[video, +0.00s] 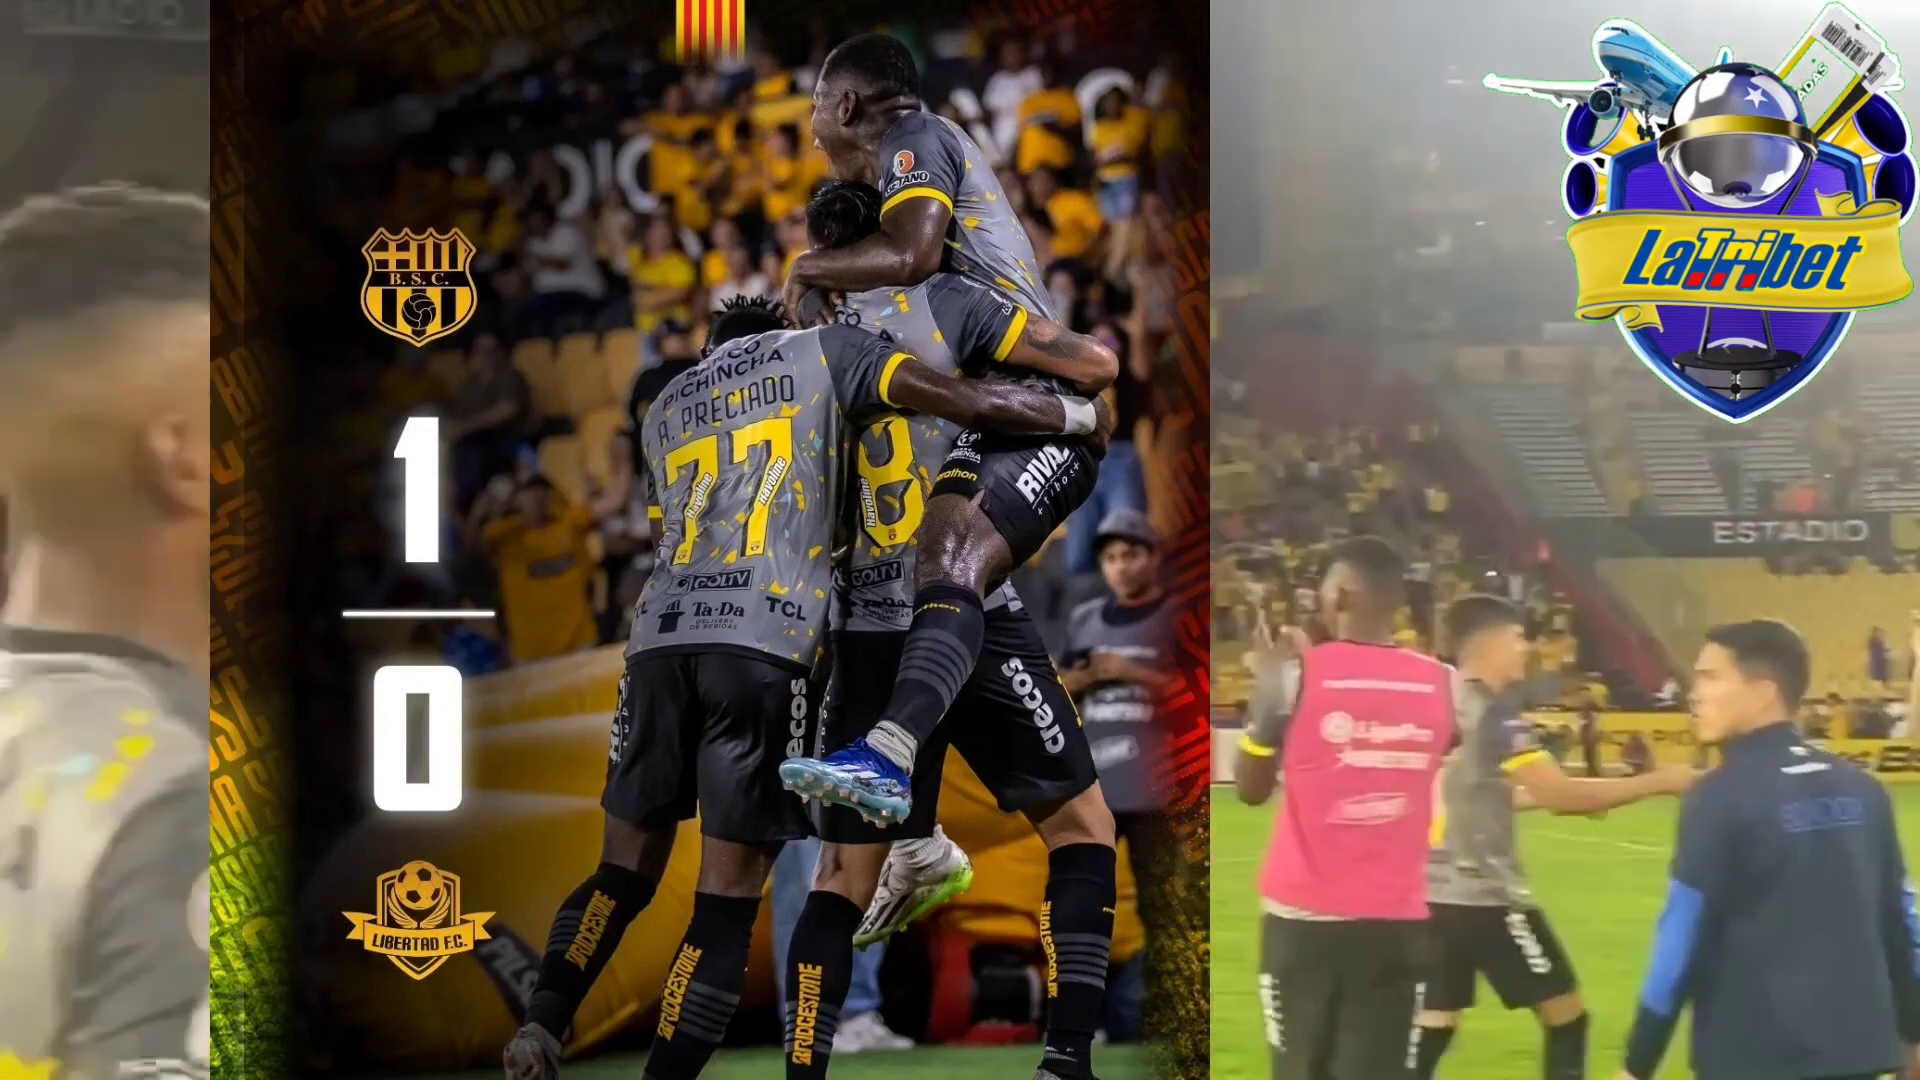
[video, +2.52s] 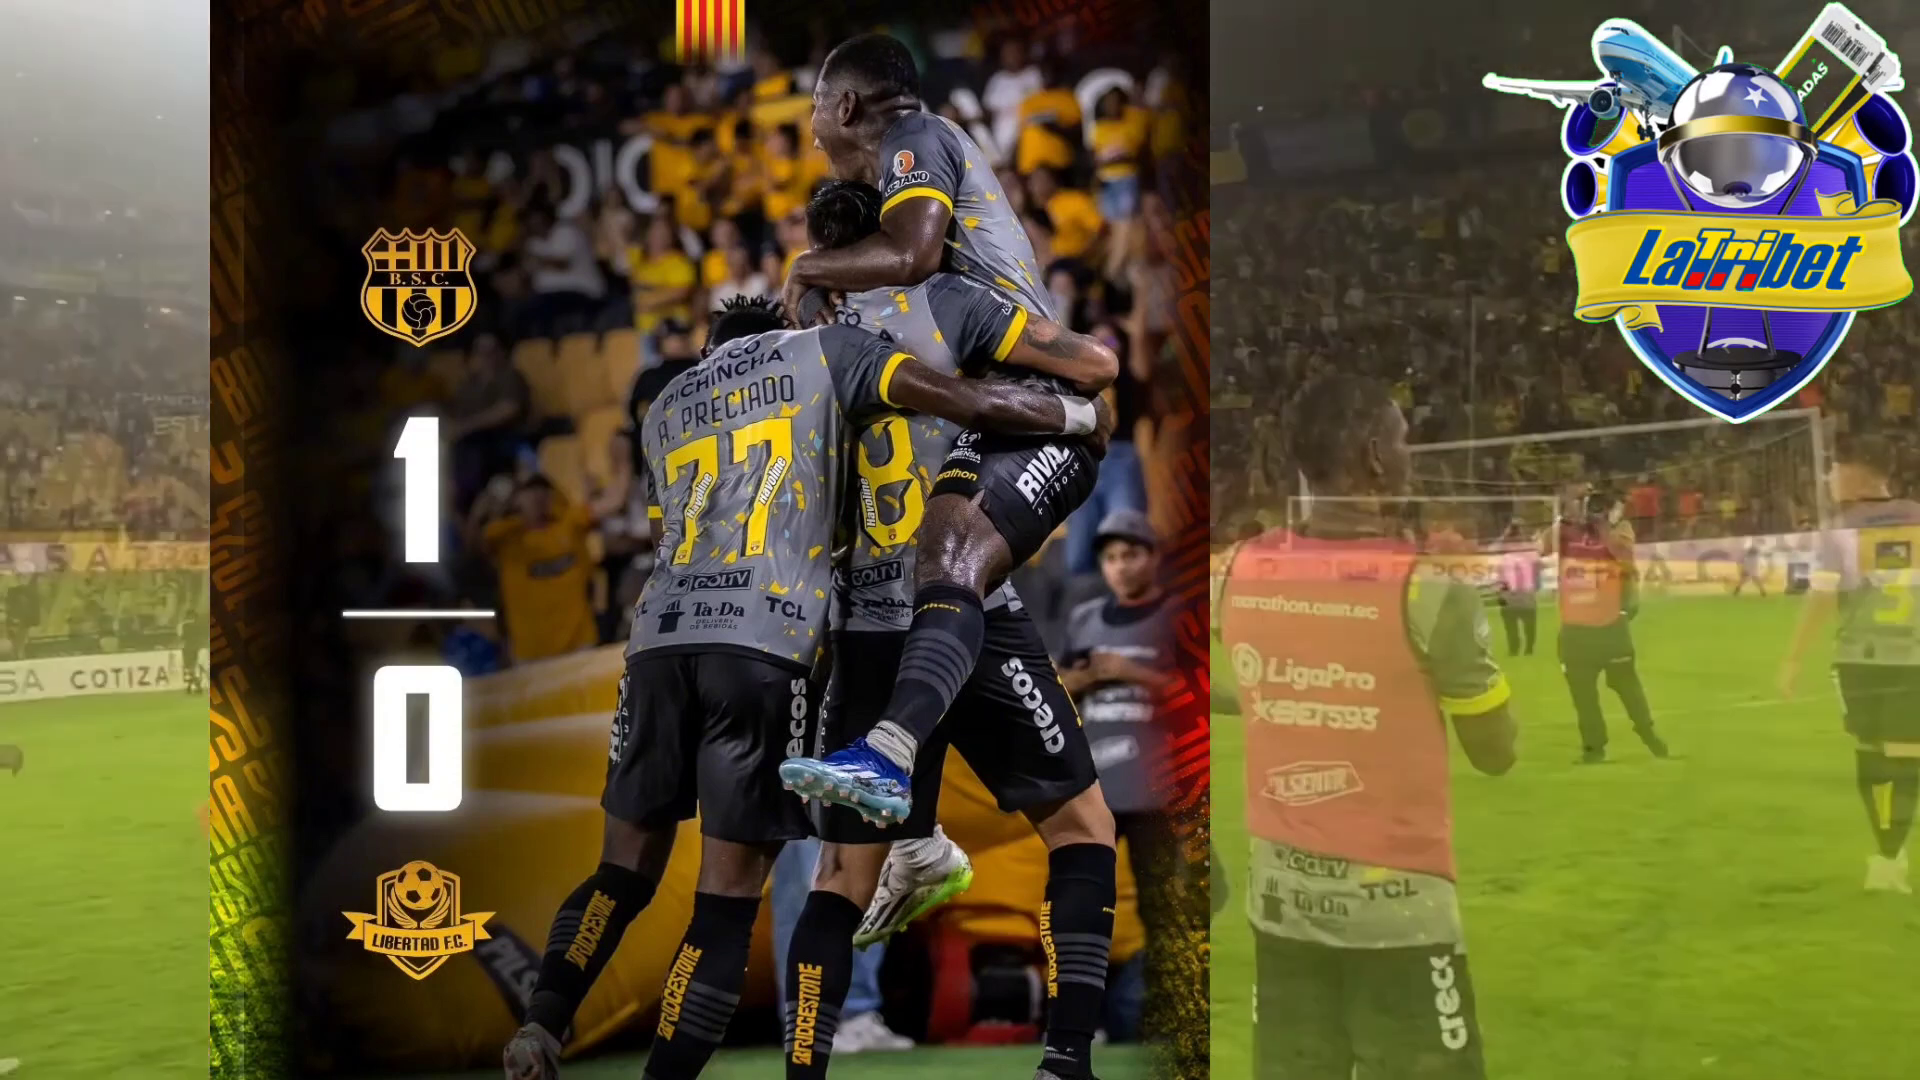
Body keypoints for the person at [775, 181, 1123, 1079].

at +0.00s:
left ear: (820, 251)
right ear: (899, 234)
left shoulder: (802, 329)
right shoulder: (951, 295)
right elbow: (1087, 367)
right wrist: (1095, 357)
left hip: (851, 619)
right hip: (962, 614)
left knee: (848, 861)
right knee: (1082, 828)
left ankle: (802, 1063)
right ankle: (1066, 1060)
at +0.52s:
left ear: (822, 257)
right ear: (899, 237)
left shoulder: (803, 334)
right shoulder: (951, 295)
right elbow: (1089, 367)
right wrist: (1086, 352)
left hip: (852, 619)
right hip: (963, 616)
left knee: (849, 861)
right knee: (1082, 827)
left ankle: (802, 1063)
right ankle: (1067, 1058)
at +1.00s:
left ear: (818, 253)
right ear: (896, 236)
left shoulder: (798, 333)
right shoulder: (948, 295)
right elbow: (1088, 366)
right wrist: (1082, 353)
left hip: (853, 616)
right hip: (964, 613)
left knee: (848, 861)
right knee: (1081, 825)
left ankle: (802, 1063)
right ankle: (1066, 1060)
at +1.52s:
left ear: (821, 255)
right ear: (899, 237)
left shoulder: (803, 332)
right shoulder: (949, 296)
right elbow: (1092, 367)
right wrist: (1077, 347)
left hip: (854, 616)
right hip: (963, 613)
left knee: (849, 860)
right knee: (1081, 825)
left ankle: (801, 1064)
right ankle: (1066, 1060)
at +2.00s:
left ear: (821, 256)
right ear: (898, 237)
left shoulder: (802, 334)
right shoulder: (951, 295)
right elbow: (1092, 367)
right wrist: (1080, 351)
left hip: (852, 619)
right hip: (961, 616)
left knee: (848, 861)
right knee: (1081, 827)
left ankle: (802, 1062)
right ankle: (1066, 1058)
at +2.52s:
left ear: (821, 253)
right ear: (899, 237)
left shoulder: (802, 330)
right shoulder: (952, 296)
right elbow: (1089, 367)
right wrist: (1092, 359)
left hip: (851, 619)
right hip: (963, 614)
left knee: (848, 861)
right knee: (1082, 827)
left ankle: (802, 1063)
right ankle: (1066, 1059)